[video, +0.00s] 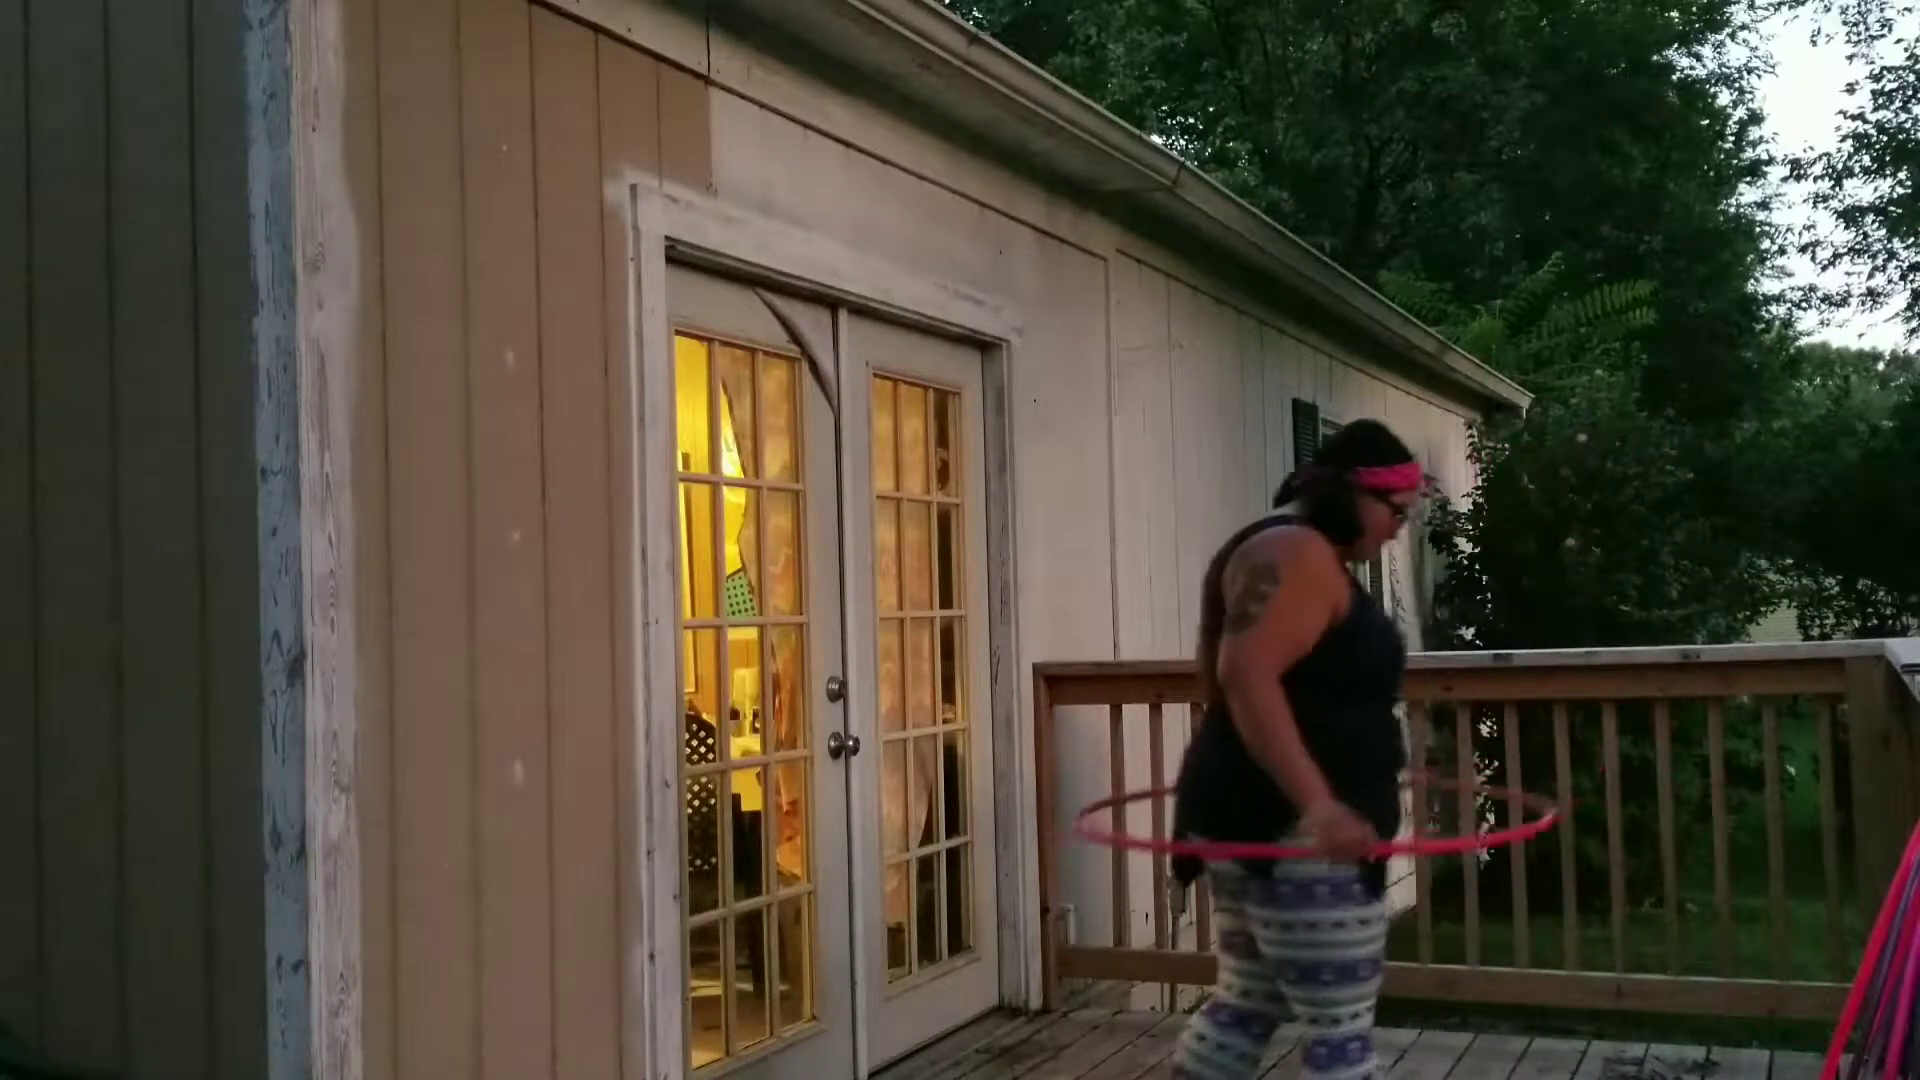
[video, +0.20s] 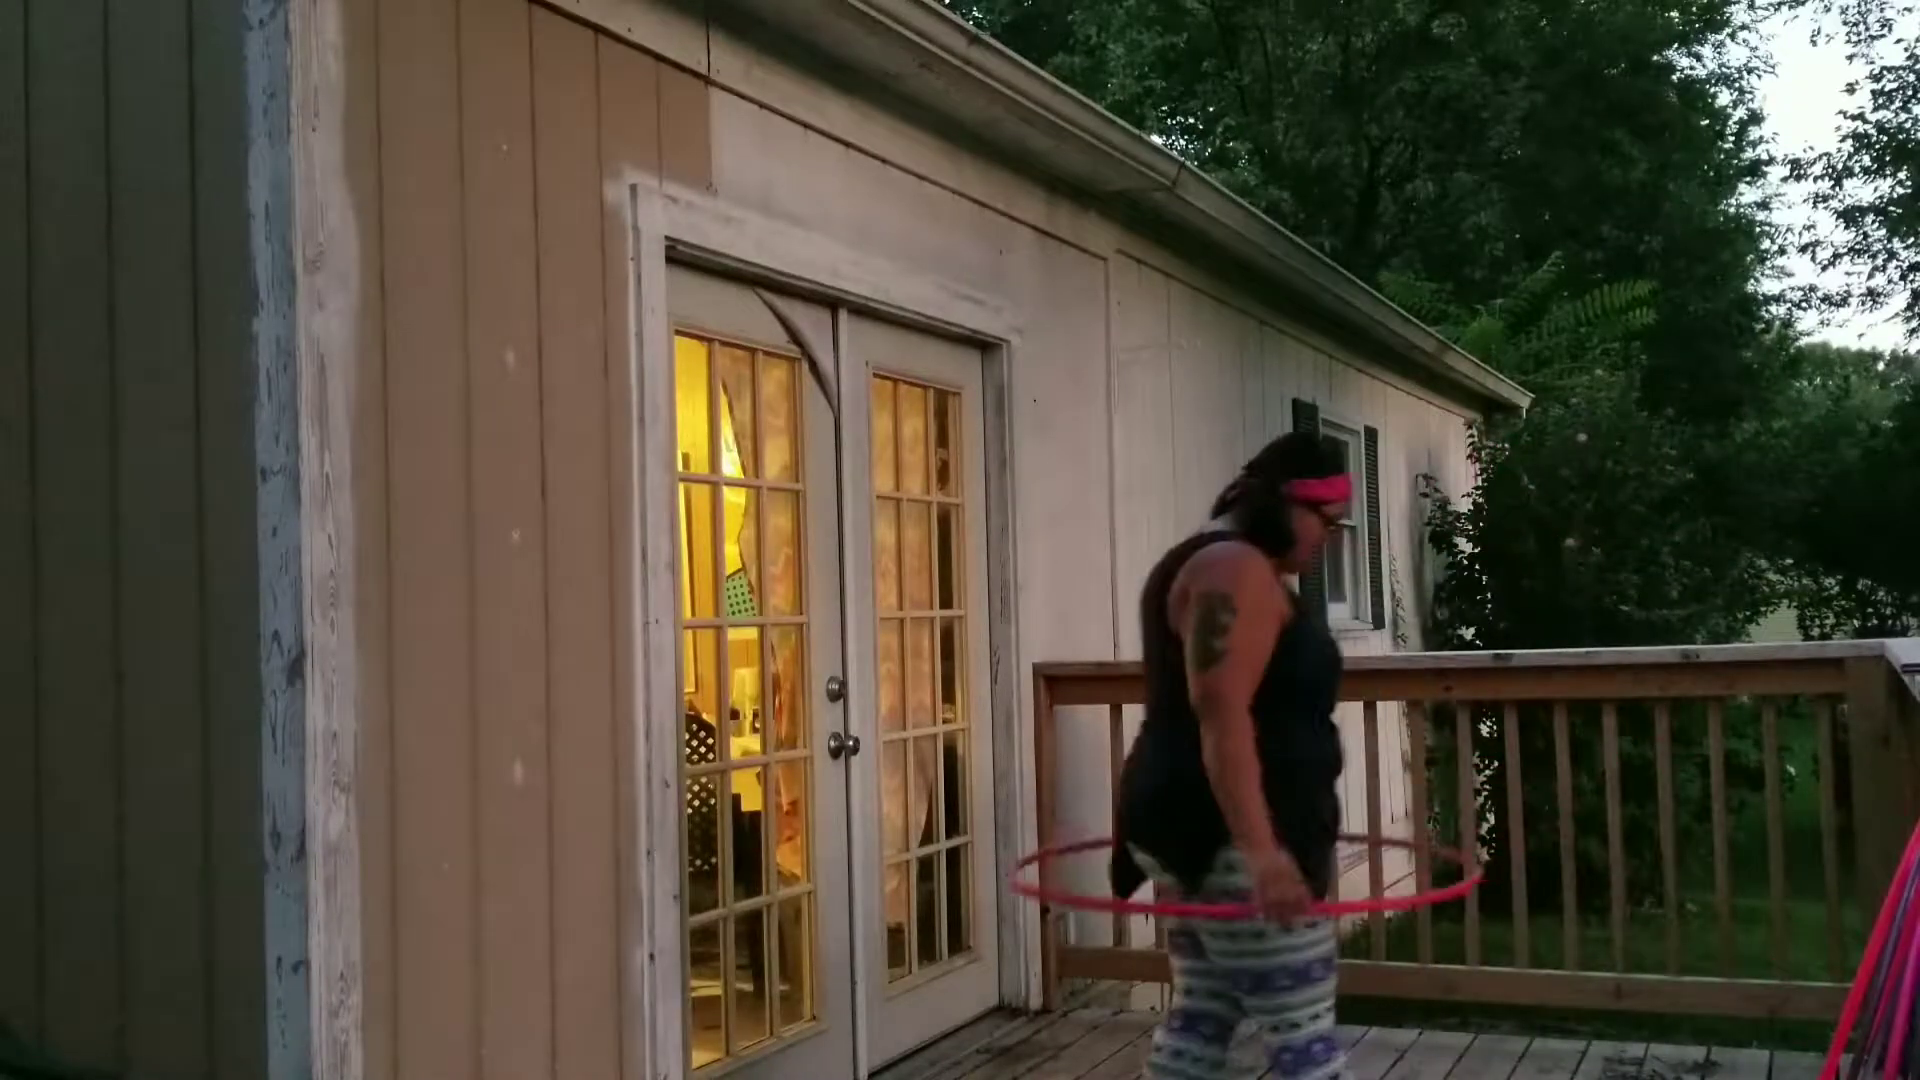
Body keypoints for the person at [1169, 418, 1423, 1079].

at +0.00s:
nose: (1399, 525)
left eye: (1405, 512)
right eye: (1394, 507)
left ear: (1338, 490)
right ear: (1351, 489)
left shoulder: (1269, 549)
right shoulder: (1300, 554)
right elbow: (1246, 674)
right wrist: (1320, 804)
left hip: (1246, 826)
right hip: (1304, 833)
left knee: (1247, 1004)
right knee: (1340, 1030)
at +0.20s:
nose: (1331, 537)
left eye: (1335, 523)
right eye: (1324, 518)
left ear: (1272, 503)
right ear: (1282, 502)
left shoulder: (1219, 565)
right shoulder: (1237, 568)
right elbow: (1221, 722)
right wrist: (1266, 855)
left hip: (1198, 835)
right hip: (1241, 841)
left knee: (1201, 1024)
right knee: (1306, 1037)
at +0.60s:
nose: (1232, 538)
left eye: (1236, 524)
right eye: (1225, 520)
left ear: (1174, 510)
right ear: (1181, 507)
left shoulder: (1112, 571)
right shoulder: (1146, 572)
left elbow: (1081, 703)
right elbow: (1125, 703)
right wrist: (1209, 824)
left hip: (1153, 838)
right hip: (1192, 840)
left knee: (1194, 1017)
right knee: (1268, 1023)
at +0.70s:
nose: (1219, 530)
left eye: (1221, 515)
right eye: (1211, 512)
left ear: (1164, 504)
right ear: (1167, 501)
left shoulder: (1098, 566)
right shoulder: (1133, 562)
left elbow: (1067, 701)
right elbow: (1094, 683)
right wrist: (1201, 770)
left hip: (1144, 827)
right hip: (1174, 828)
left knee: (1190, 1014)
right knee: (1263, 1002)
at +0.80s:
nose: (1208, 516)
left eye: (1208, 501)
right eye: (1200, 498)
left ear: (1154, 495)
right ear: (1157, 493)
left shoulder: (1090, 560)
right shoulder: (1126, 552)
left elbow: (1056, 690)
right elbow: (1084, 671)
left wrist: (1162, 719)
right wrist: (1194, 719)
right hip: (1163, 818)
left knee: (1184, 1007)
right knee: (1260, 984)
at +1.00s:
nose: (1203, 488)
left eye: (1200, 474)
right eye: (1191, 474)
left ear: (1145, 485)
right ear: (1147, 484)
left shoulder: (1115, 548)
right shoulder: (1124, 543)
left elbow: (1056, 671)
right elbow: (1067, 661)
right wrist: (1180, 640)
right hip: (1169, 809)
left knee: (1174, 995)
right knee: (1262, 983)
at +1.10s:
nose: (1210, 481)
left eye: (1206, 468)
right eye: (1197, 470)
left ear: (1149, 484)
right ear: (1155, 482)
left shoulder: (1105, 549)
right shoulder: (1137, 541)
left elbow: (1055, 668)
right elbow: (1094, 650)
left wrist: (1159, 665)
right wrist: (1188, 643)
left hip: (1147, 811)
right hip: (1185, 811)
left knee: (1173, 998)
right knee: (1265, 990)